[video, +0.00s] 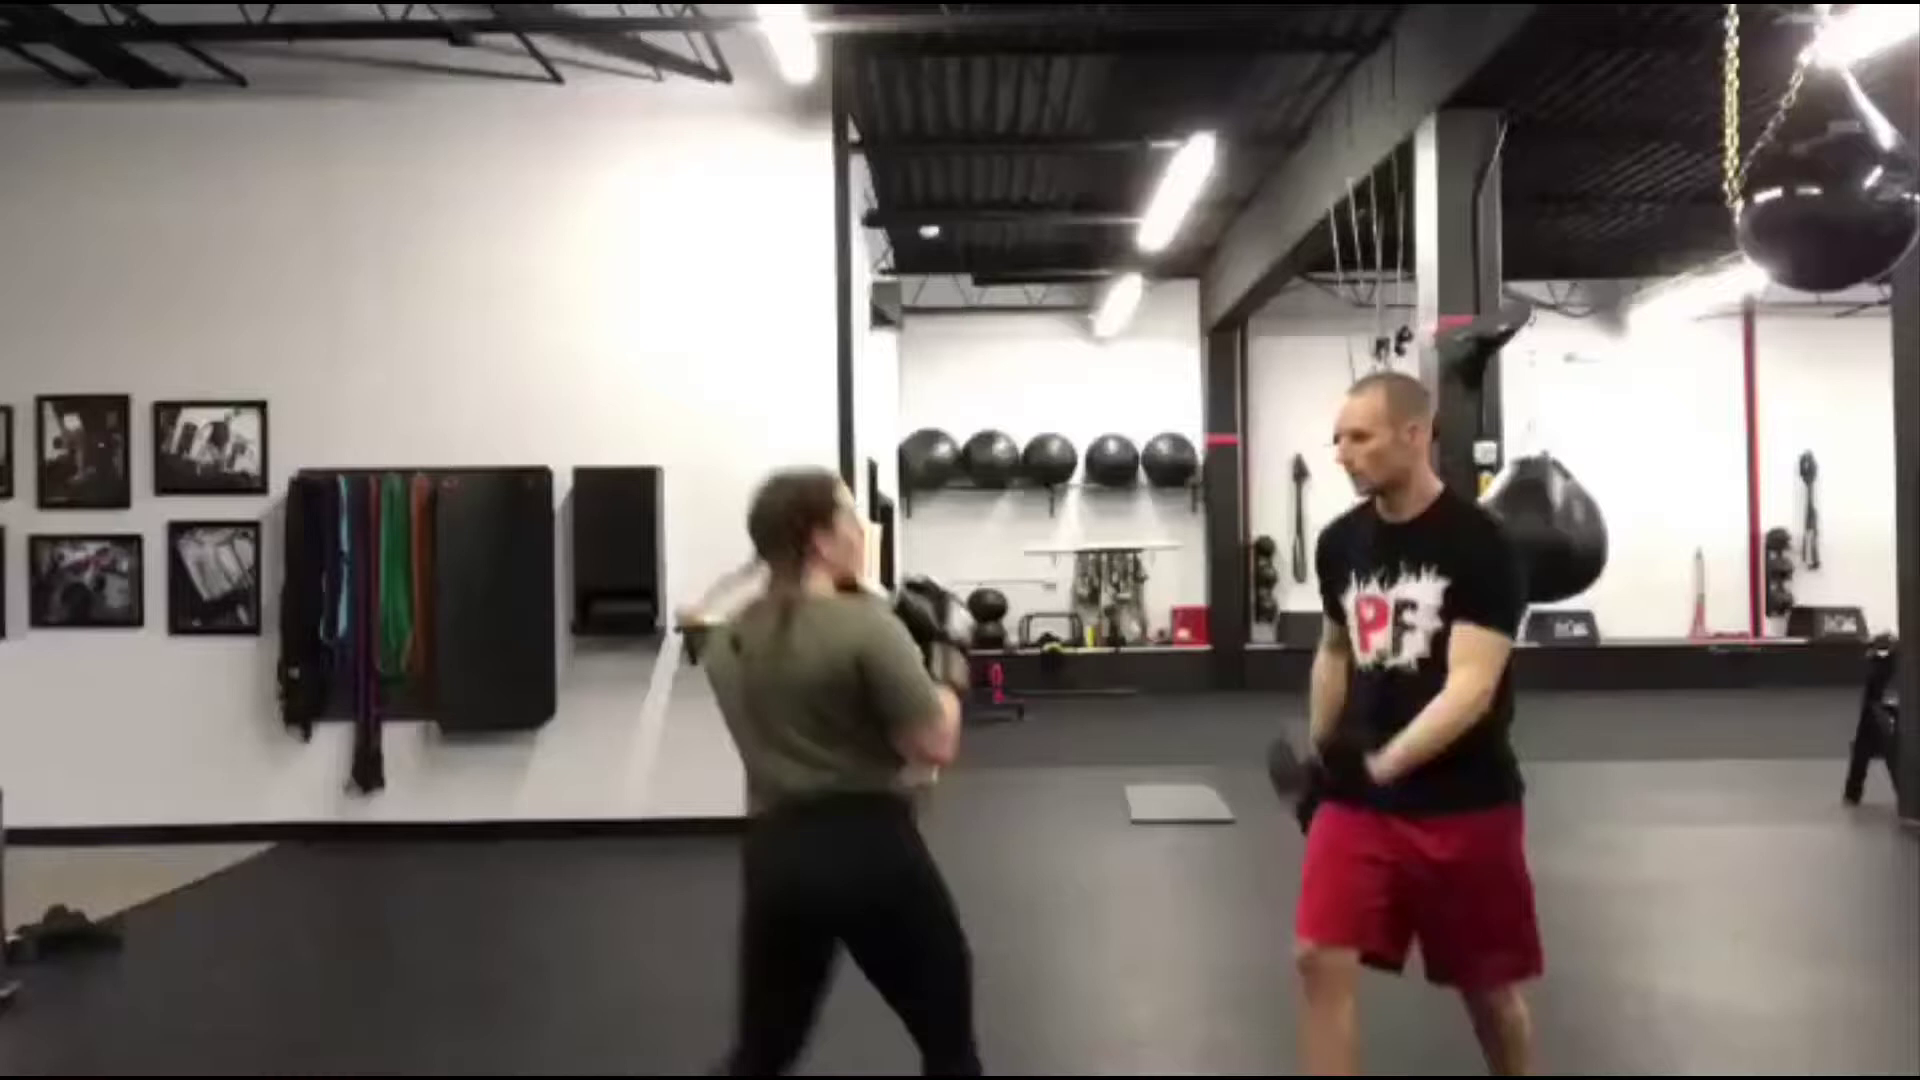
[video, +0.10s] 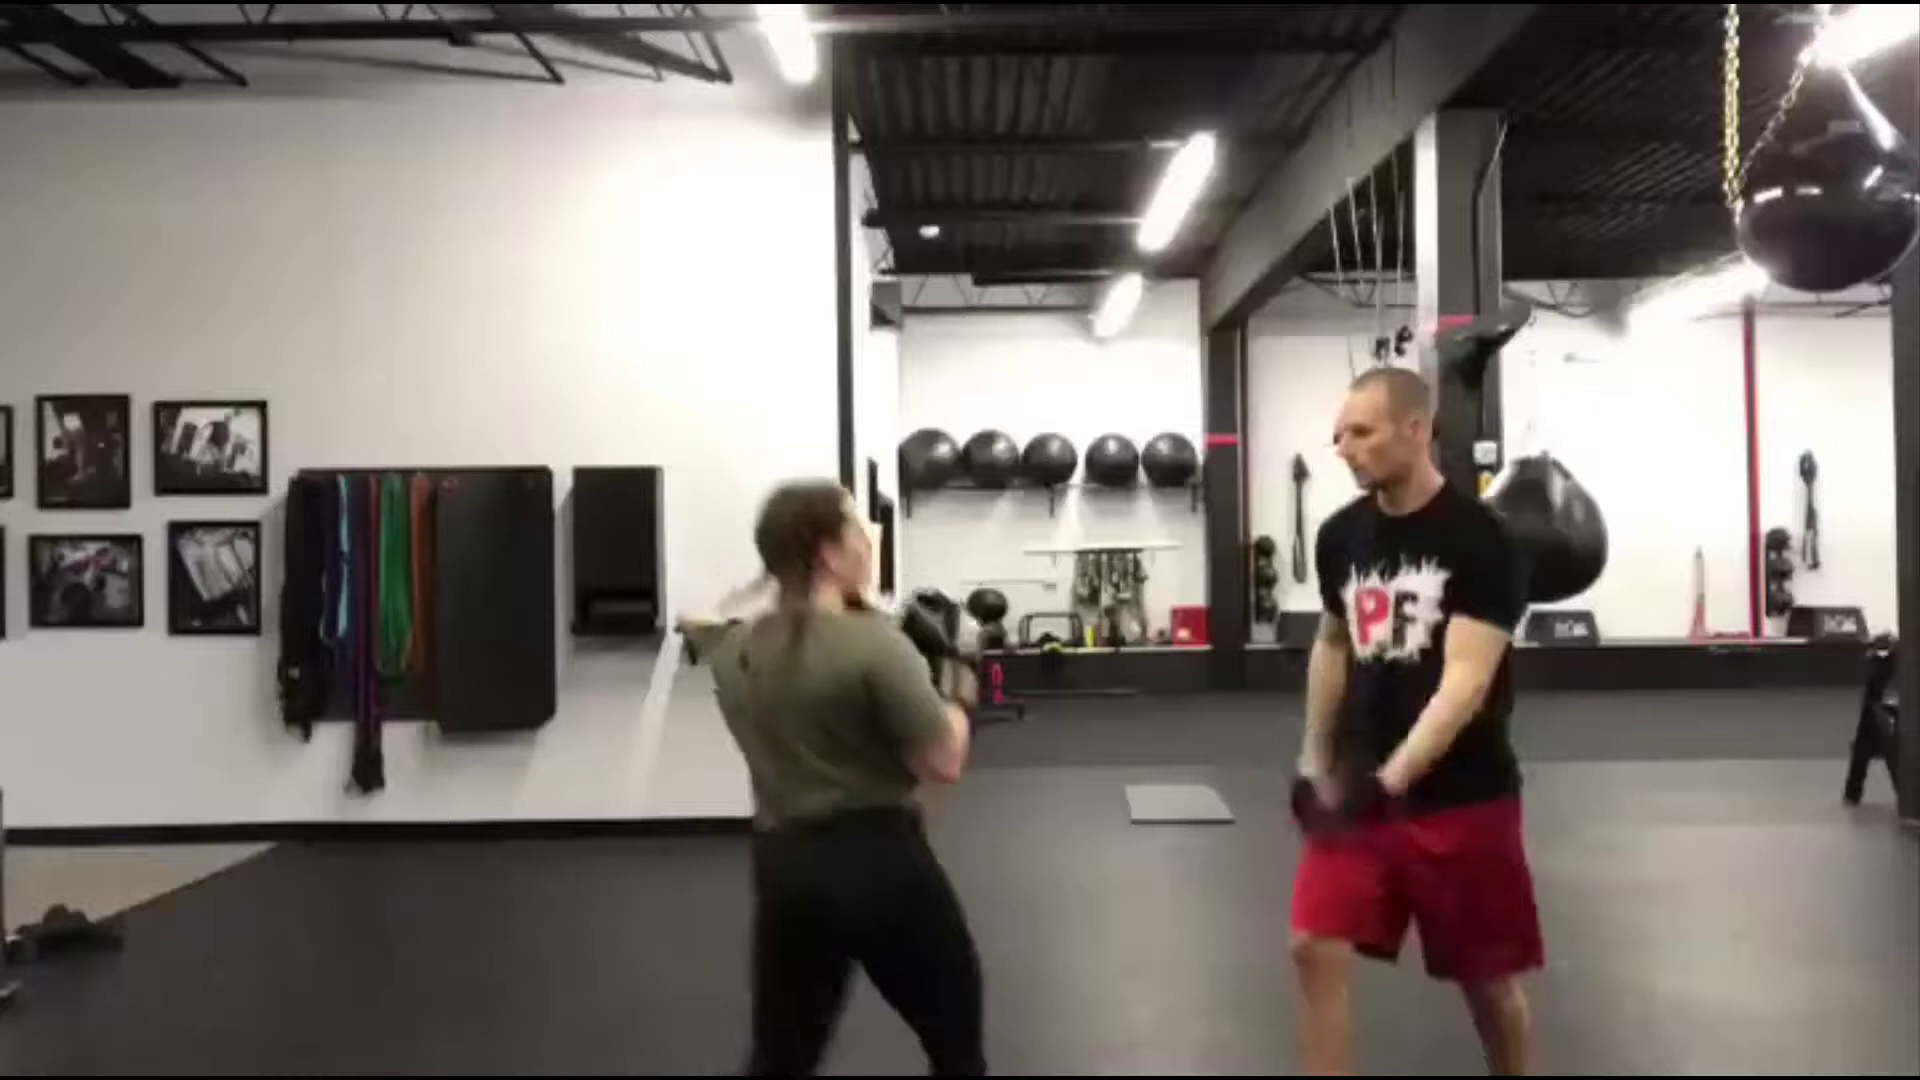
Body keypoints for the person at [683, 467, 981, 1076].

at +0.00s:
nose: (863, 529)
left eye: (855, 515)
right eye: (850, 517)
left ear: (769, 546)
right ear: (817, 540)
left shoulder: (730, 639)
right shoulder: (864, 622)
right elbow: (936, 743)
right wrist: (948, 660)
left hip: (777, 848)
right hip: (871, 845)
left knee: (763, 1047)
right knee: (947, 1039)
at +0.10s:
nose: (870, 541)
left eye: (863, 528)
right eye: (858, 530)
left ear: (777, 561)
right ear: (825, 552)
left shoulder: (736, 653)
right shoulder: (872, 642)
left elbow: (703, 632)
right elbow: (944, 759)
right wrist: (955, 700)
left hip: (787, 862)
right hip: (880, 855)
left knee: (781, 1050)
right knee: (953, 1029)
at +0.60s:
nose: (859, 591)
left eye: (857, 575)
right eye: (854, 575)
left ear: (765, 574)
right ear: (828, 583)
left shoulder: (698, 657)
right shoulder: (847, 685)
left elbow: (684, 760)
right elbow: (871, 824)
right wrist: (907, 783)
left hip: (666, 898)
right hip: (767, 912)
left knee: (671, 1067)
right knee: (884, 1034)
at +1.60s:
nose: (961, 565)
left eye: (959, 549)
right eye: (958, 550)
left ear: (871, 554)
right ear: (938, 561)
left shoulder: (808, 647)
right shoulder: (972, 658)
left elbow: (796, 747)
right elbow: (1012, 795)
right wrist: (1030, 739)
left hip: (808, 895)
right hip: (917, 900)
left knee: (807, 1066)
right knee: (1027, 1000)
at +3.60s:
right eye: (1079, 494)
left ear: (999, 499)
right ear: (1079, 504)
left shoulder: (947, 596)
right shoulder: (1123, 604)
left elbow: (932, 694)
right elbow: (1158, 721)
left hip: (975, 833)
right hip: (1084, 835)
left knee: (943, 1035)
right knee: (1131, 1009)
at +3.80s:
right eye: (1127, 546)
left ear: (1046, 564)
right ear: (1126, 558)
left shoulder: (1016, 661)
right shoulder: (1181, 649)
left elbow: (1000, 761)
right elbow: (1219, 749)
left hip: (1067, 889)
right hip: (1176, 878)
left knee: (1006, 1058)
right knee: (1183, 1038)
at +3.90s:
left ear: (1057, 567)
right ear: (1137, 565)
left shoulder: (1023, 671)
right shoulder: (1188, 659)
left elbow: (1016, 782)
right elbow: (1223, 763)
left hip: (1079, 903)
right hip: (1188, 891)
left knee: (1027, 1064)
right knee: (1192, 1042)